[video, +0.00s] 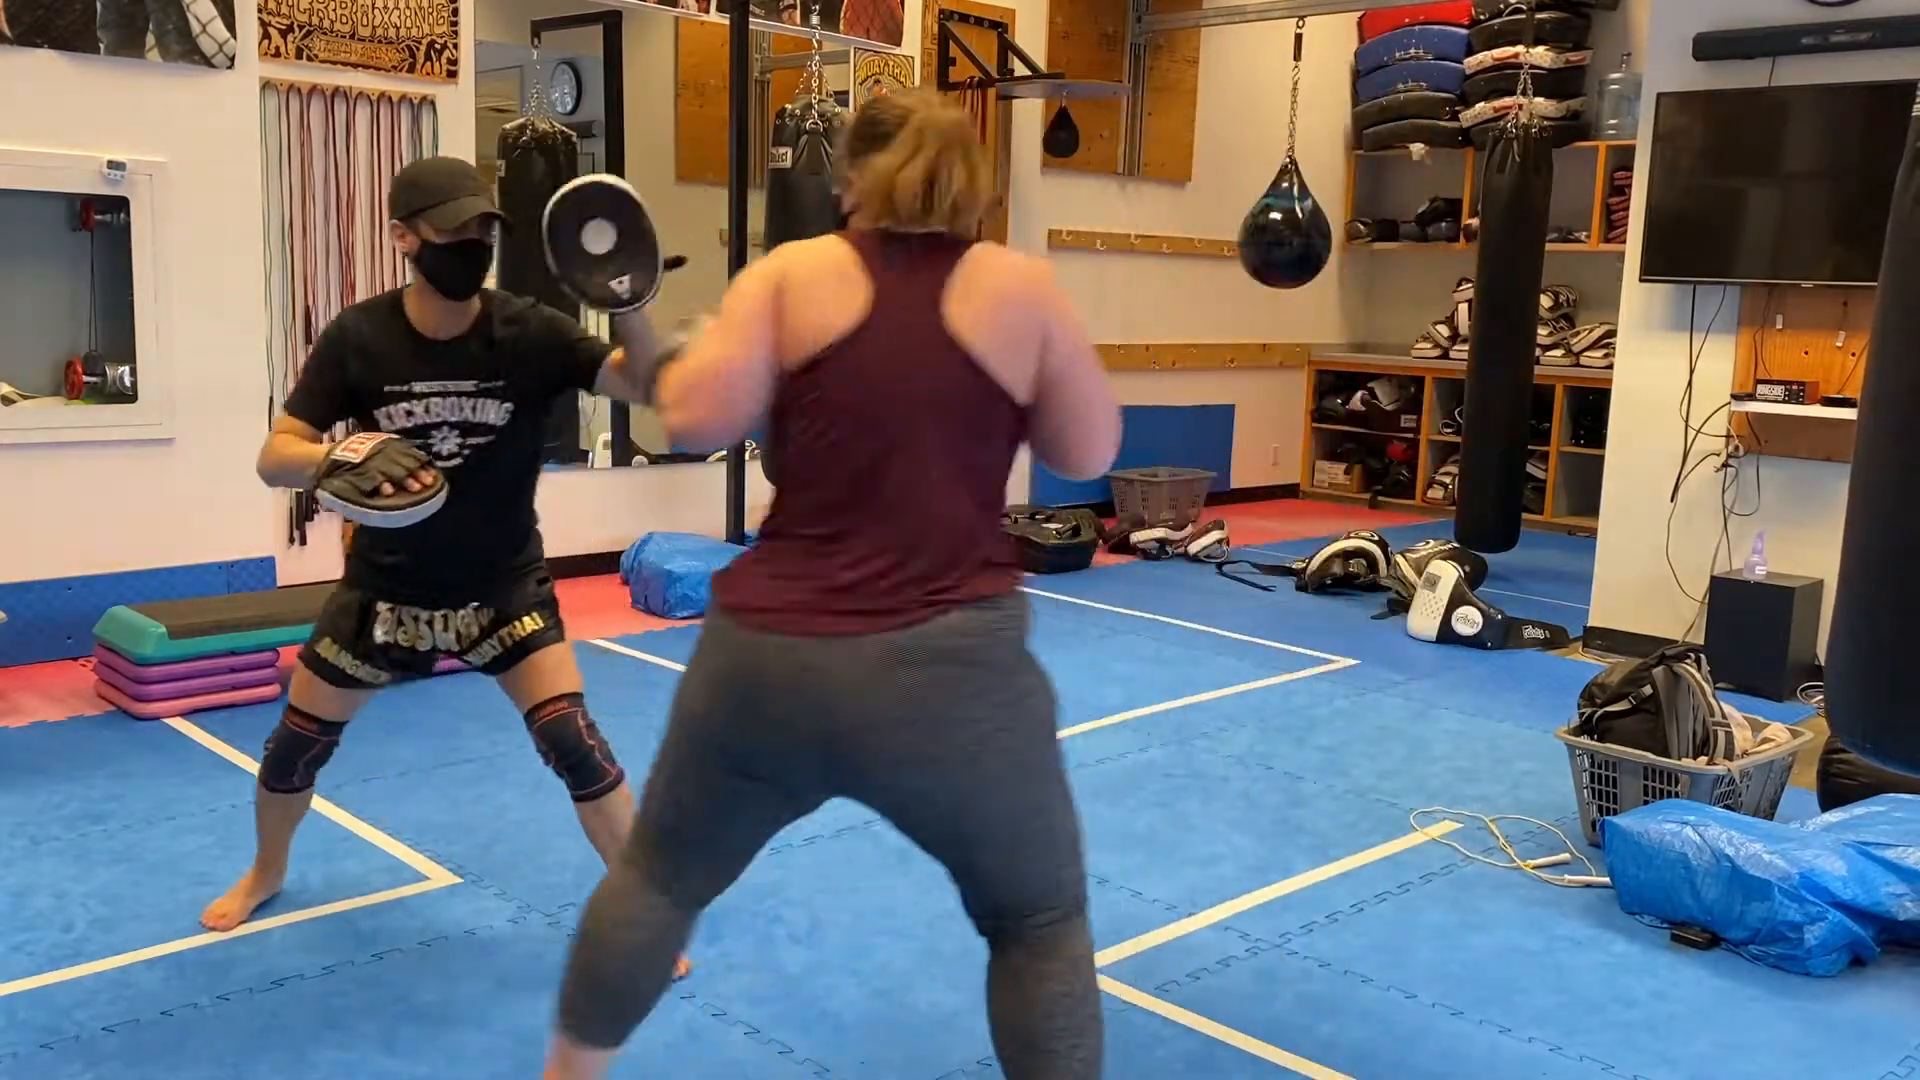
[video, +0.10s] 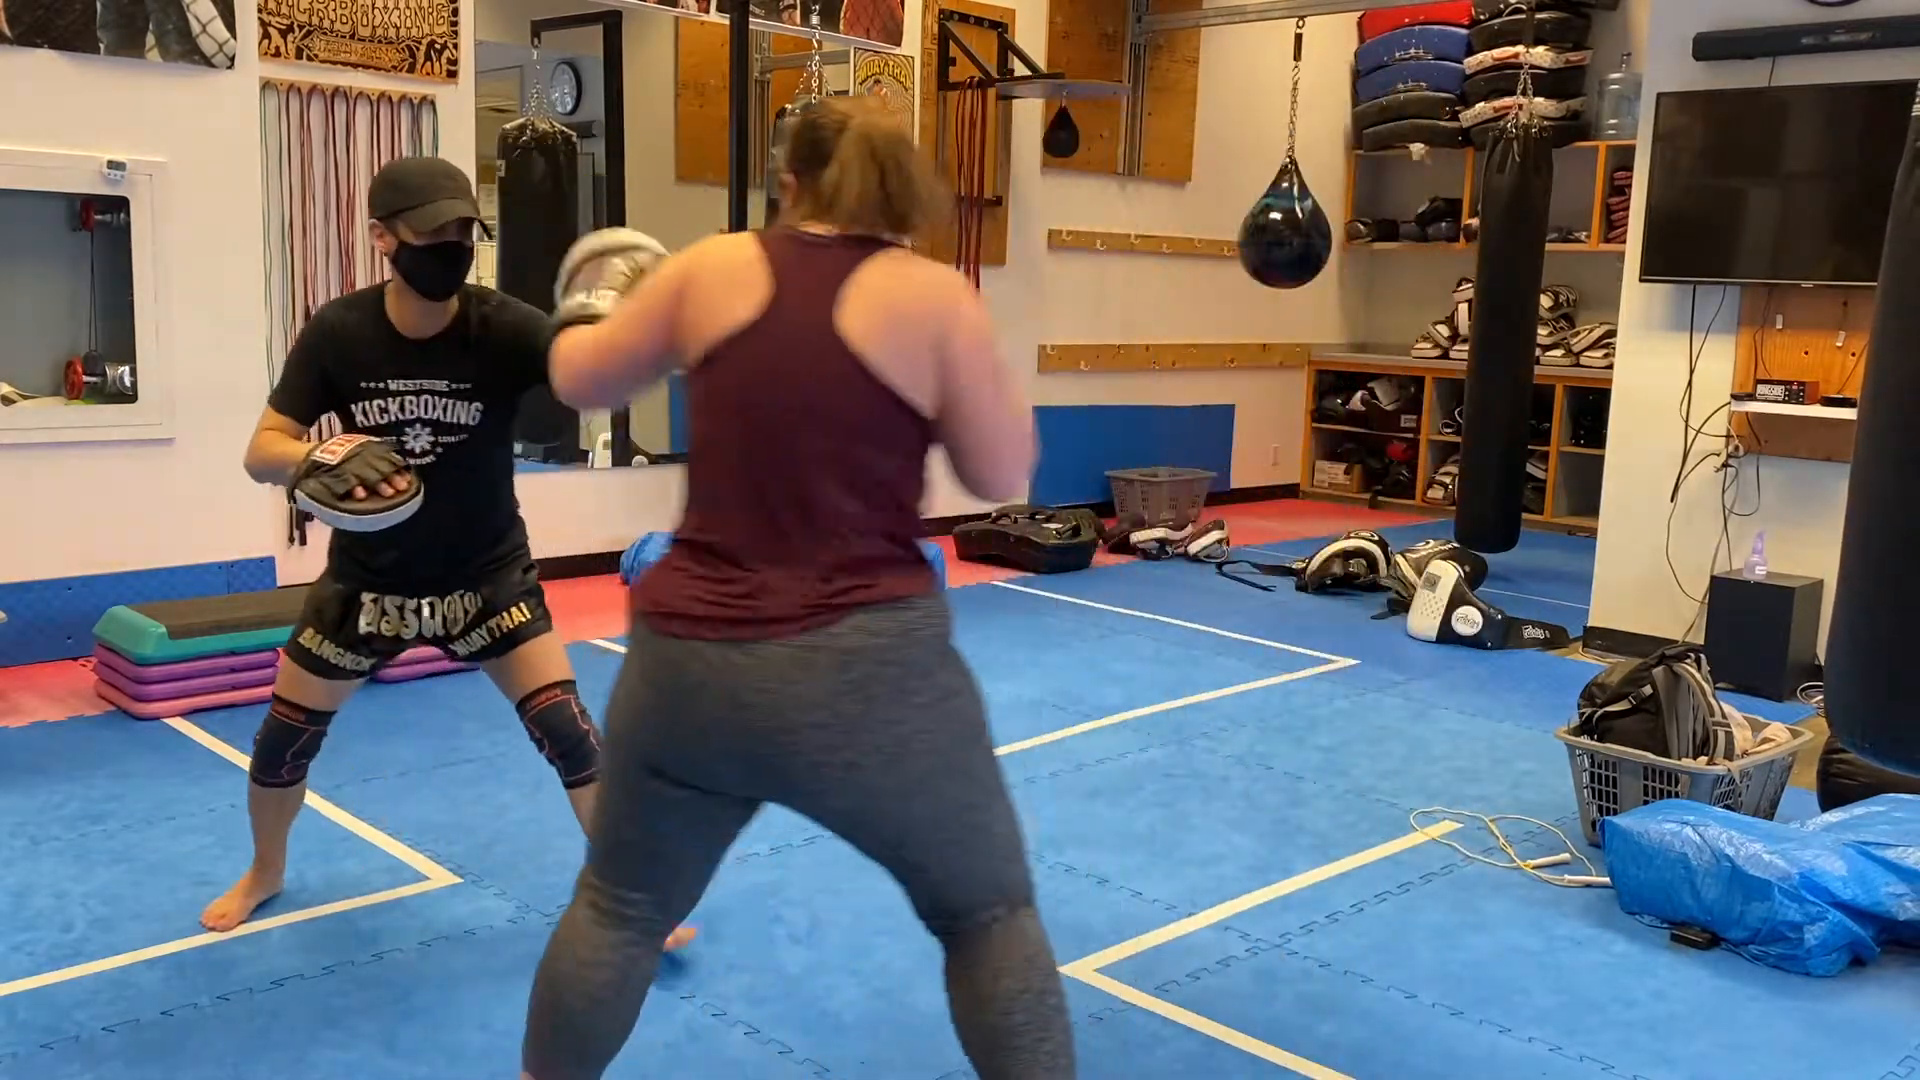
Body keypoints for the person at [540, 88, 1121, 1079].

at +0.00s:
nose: (840, 185)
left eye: (844, 172)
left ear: (856, 181)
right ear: (971, 180)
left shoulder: (786, 276)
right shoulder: (1023, 289)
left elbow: (696, 419)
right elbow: (1086, 453)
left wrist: (666, 357)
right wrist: (997, 380)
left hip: (762, 662)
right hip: (952, 669)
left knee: (660, 877)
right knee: (1037, 923)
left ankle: (570, 1064)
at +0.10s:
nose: (774, 189)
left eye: (779, 177)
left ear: (791, 183)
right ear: (906, 187)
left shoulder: (710, 270)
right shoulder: (935, 298)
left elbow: (578, 375)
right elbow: (1000, 478)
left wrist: (607, 306)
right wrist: (934, 373)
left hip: (688, 673)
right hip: (870, 677)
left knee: (615, 908)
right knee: (987, 917)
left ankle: (549, 1072)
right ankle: (1036, 1071)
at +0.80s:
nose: (784, 120)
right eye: (779, 103)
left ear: (642, 111)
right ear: (764, 112)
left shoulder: (541, 239)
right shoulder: (802, 236)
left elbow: (477, 432)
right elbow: (892, 442)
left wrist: (600, 396)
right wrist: (811, 348)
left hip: (536, 656)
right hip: (724, 661)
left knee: (539, 897)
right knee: (742, 1002)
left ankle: (473, 1068)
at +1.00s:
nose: (713, 149)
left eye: (706, 132)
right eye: (707, 132)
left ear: (566, 125)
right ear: (685, 136)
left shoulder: (481, 248)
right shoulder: (674, 248)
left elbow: (443, 432)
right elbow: (756, 463)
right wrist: (801, 366)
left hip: (461, 653)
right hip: (620, 671)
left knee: (477, 918)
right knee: (689, 1009)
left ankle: (391, 1071)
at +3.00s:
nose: (514, 187)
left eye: (520, 171)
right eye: (508, 169)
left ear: (431, 151)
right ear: (468, 154)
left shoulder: (385, 224)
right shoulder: (450, 224)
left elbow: (445, 348)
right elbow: (496, 355)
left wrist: (535, 302)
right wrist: (560, 309)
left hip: (392, 497)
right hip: (447, 499)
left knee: (463, 708)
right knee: (503, 717)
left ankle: (478, 888)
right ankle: (474, 950)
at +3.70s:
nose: (436, 171)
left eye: (438, 157)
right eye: (423, 158)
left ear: (381, 160)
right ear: (368, 157)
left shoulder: (393, 243)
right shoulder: (298, 233)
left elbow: (409, 374)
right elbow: (327, 365)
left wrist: (462, 322)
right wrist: (427, 291)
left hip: (409, 512)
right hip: (308, 518)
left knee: (455, 674)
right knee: (293, 742)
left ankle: (436, 842)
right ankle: (234, 944)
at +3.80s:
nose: (440, 171)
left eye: (442, 157)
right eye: (428, 157)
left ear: (384, 159)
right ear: (373, 156)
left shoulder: (394, 240)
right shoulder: (305, 235)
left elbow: (421, 359)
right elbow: (331, 369)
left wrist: (468, 309)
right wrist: (429, 299)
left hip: (414, 514)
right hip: (318, 519)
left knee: (442, 683)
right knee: (304, 739)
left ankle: (428, 852)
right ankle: (237, 943)